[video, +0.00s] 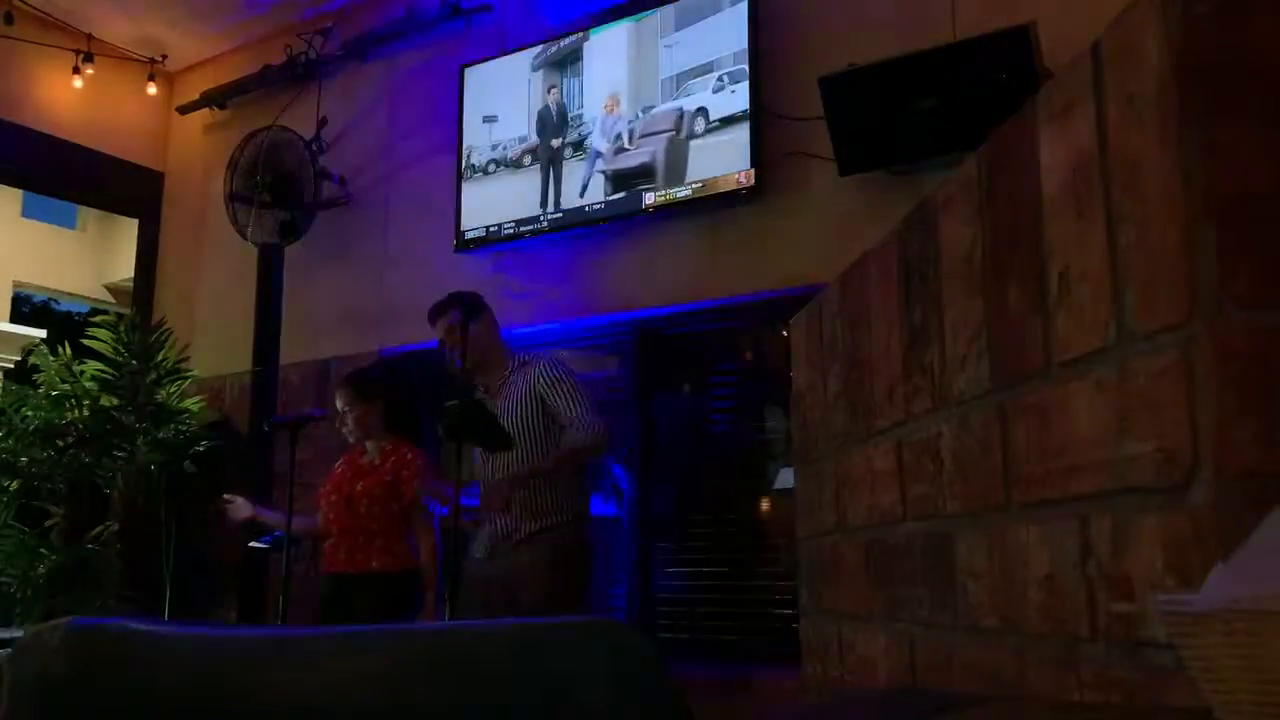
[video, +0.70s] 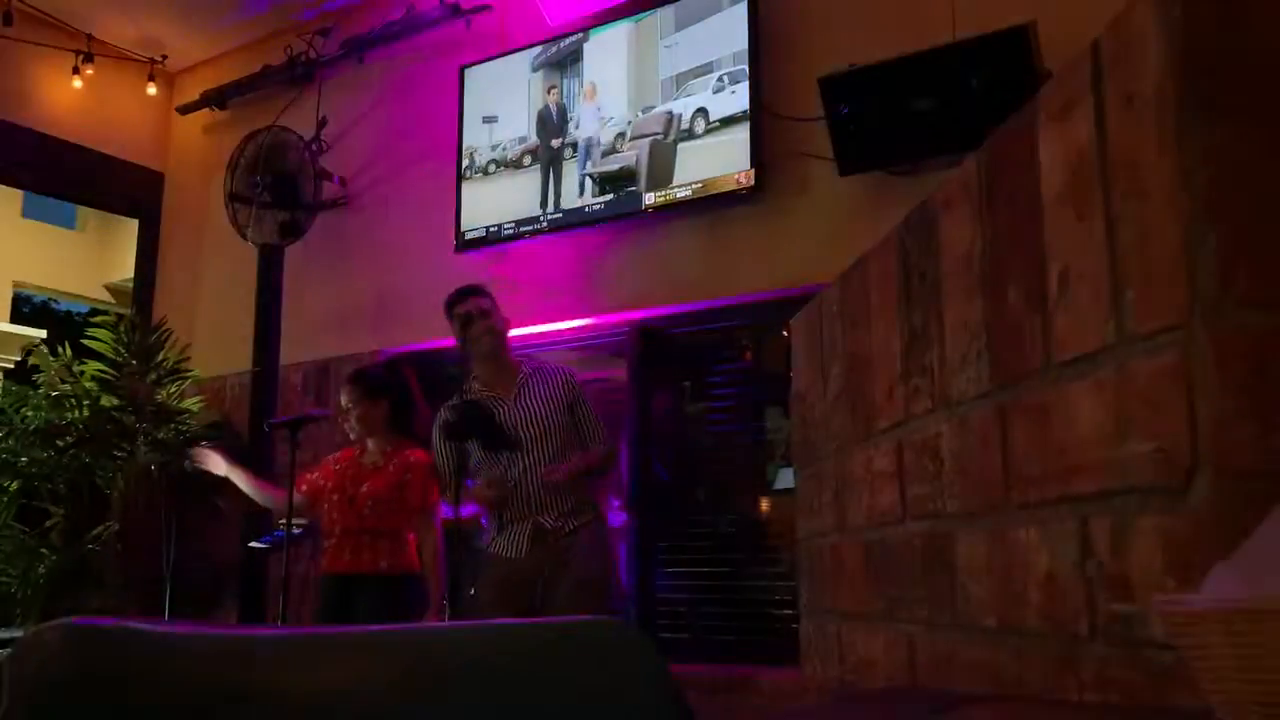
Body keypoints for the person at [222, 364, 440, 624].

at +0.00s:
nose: (340, 422)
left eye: (347, 411)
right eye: (339, 414)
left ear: (374, 409)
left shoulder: (407, 462)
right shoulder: (345, 465)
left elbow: (425, 533)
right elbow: (321, 525)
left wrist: (431, 602)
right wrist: (255, 512)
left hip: (390, 583)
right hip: (340, 583)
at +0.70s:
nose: (344, 416)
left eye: (352, 407)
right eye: (342, 408)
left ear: (381, 407)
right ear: (341, 410)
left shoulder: (414, 463)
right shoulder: (337, 464)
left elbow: (428, 537)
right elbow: (283, 502)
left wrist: (435, 605)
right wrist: (228, 469)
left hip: (392, 584)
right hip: (338, 585)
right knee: (336, 681)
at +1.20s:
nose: (343, 415)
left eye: (352, 405)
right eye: (341, 407)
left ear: (381, 406)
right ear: (340, 410)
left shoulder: (415, 465)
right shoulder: (335, 463)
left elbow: (428, 534)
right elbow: (273, 492)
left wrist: (428, 599)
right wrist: (214, 466)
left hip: (391, 587)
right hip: (335, 587)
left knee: (390, 682)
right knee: (334, 681)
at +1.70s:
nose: (342, 414)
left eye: (350, 405)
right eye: (340, 407)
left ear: (380, 406)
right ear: (338, 409)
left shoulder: (411, 464)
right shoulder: (330, 461)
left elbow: (425, 535)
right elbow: (267, 484)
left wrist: (430, 600)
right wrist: (218, 457)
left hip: (387, 581)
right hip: (333, 581)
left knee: (378, 677)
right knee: (329, 674)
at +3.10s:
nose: (355, 414)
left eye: (364, 405)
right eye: (354, 405)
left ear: (395, 406)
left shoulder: (419, 465)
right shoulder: (343, 459)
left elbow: (431, 538)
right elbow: (301, 512)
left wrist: (437, 603)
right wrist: (241, 489)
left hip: (391, 588)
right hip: (335, 586)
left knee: (386, 685)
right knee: (326, 682)